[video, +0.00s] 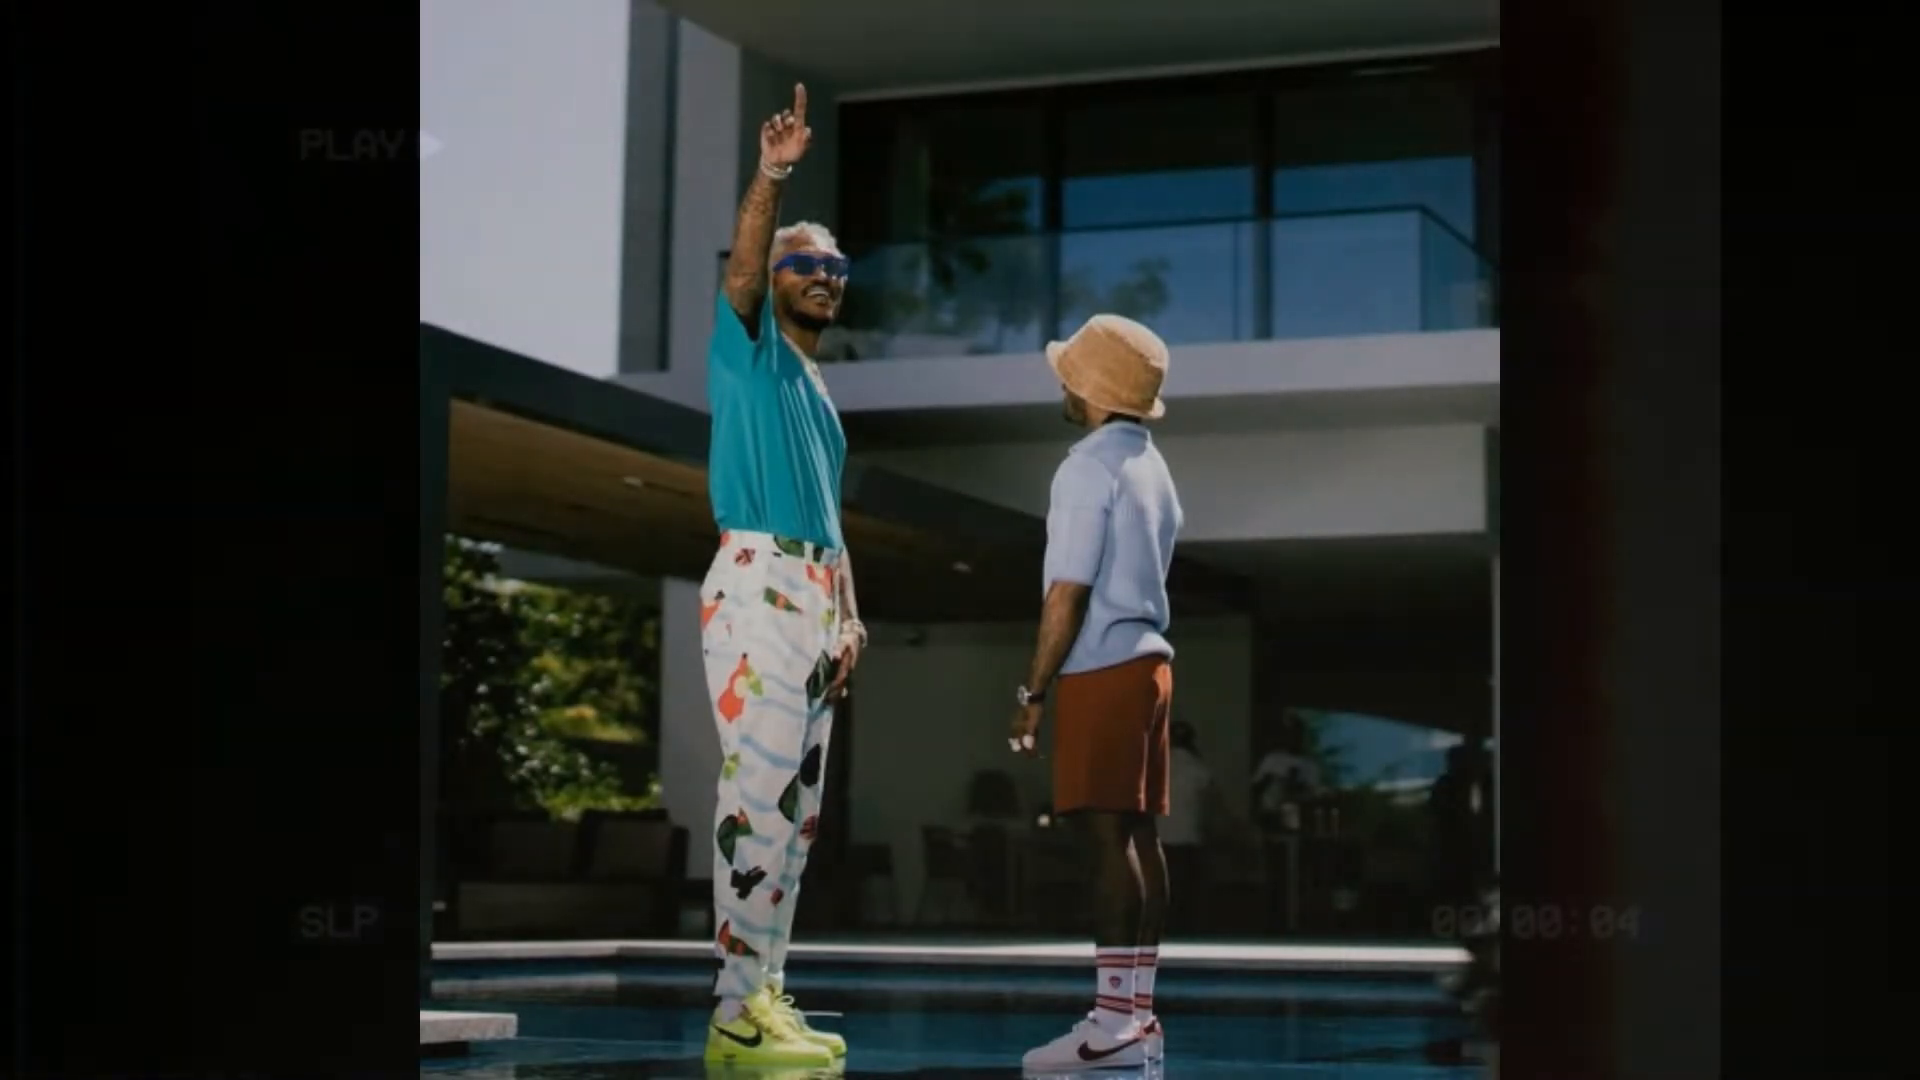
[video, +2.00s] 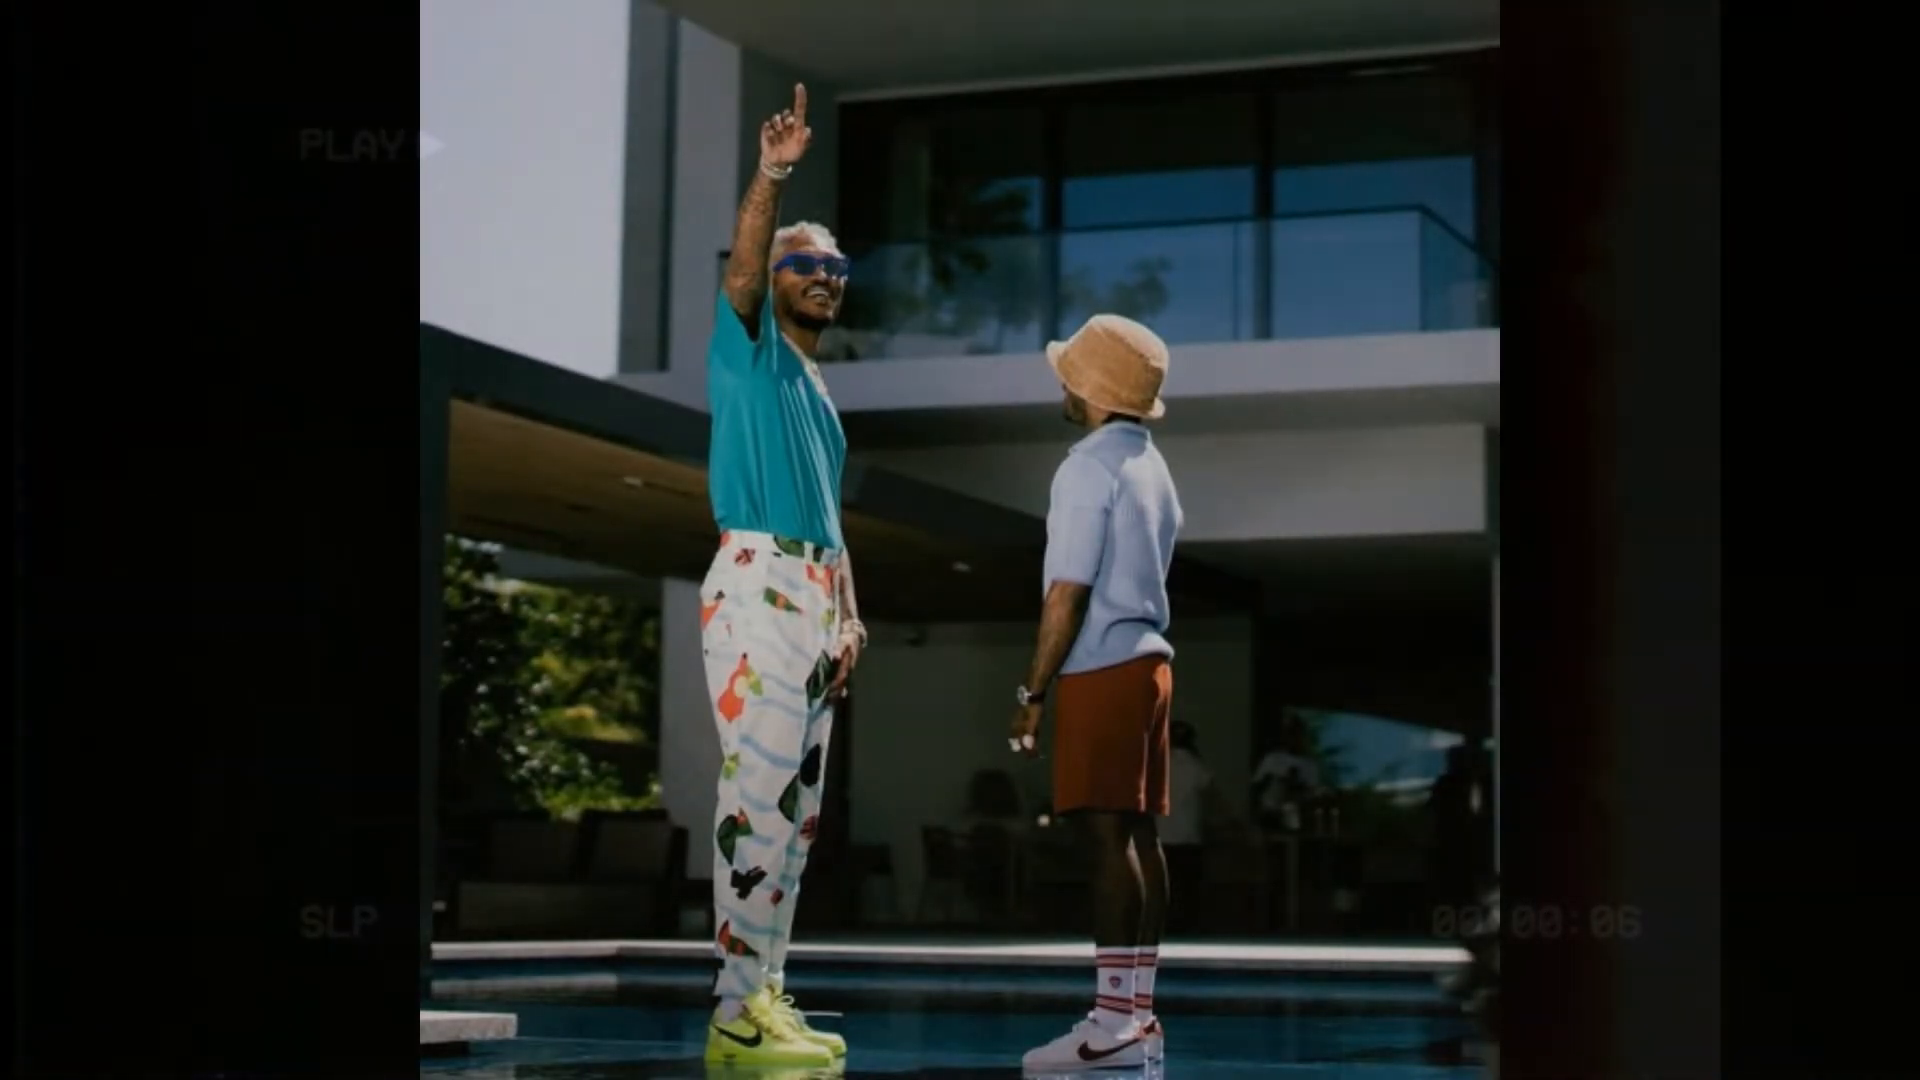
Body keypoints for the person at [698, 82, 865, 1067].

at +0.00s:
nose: (823, 281)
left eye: (834, 272)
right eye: (805, 267)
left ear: (842, 292)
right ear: (770, 278)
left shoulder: (820, 396)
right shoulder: (745, 344)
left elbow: (827, 522)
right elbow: (744, 267)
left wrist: (848, 613)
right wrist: (770, 173)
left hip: (814, 591)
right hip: (756, 582)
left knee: (793, 798)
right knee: (759, 792)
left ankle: (760, 1000)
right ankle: (745, 1006)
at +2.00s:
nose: (823, 283)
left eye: (834, 273)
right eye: (806, 268)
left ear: (841, 292)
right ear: (770, 278)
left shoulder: (818, 394)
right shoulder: (744, 343)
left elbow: (827, 520)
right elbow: (744, 267)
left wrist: (847, 612)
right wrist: (770, 173)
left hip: (813, 590)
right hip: (755, 581)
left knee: (793, 798)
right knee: (759, 793)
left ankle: (758, 1002)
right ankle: (745, 1007)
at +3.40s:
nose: (823, 282)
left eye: (834, 273)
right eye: (805, 267)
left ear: (842, 293)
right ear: (770, 278)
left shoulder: (819, 395)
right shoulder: (744, 344)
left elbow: (828, 520)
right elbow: (744, 266)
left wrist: (847, 612)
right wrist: (770, 173)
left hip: (814, 590)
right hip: (756, 582)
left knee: (794, 799)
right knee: (759, 793)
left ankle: (759, 1000)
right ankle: (745, 1006)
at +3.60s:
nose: (823, 282)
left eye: (834, 272)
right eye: (805, 267)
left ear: (842, 293)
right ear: (770, 278)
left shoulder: (819, 395)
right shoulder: (744, 344)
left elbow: (828, 520)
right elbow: (744, 266)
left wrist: (847, 612)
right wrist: (770, 173)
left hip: (814, 590)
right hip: (756, 582)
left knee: (794, 798)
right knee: (759, 793)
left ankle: (759, 1000)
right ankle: (744, 1007)